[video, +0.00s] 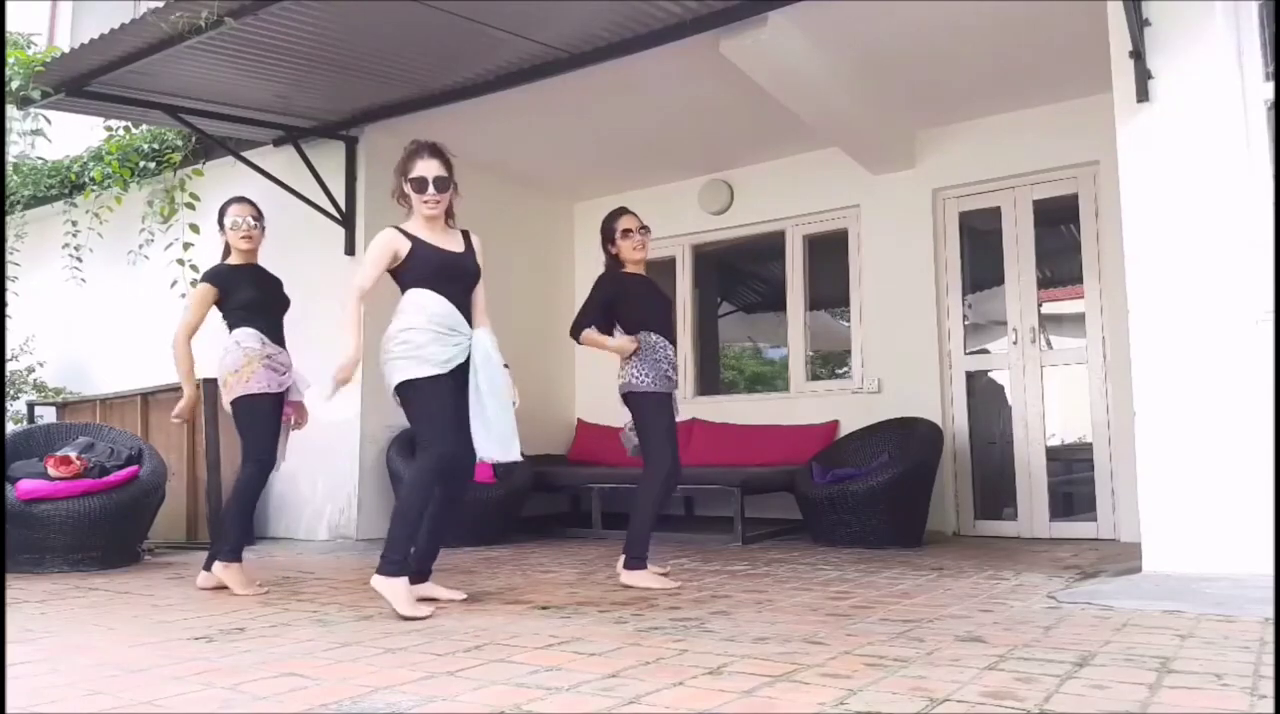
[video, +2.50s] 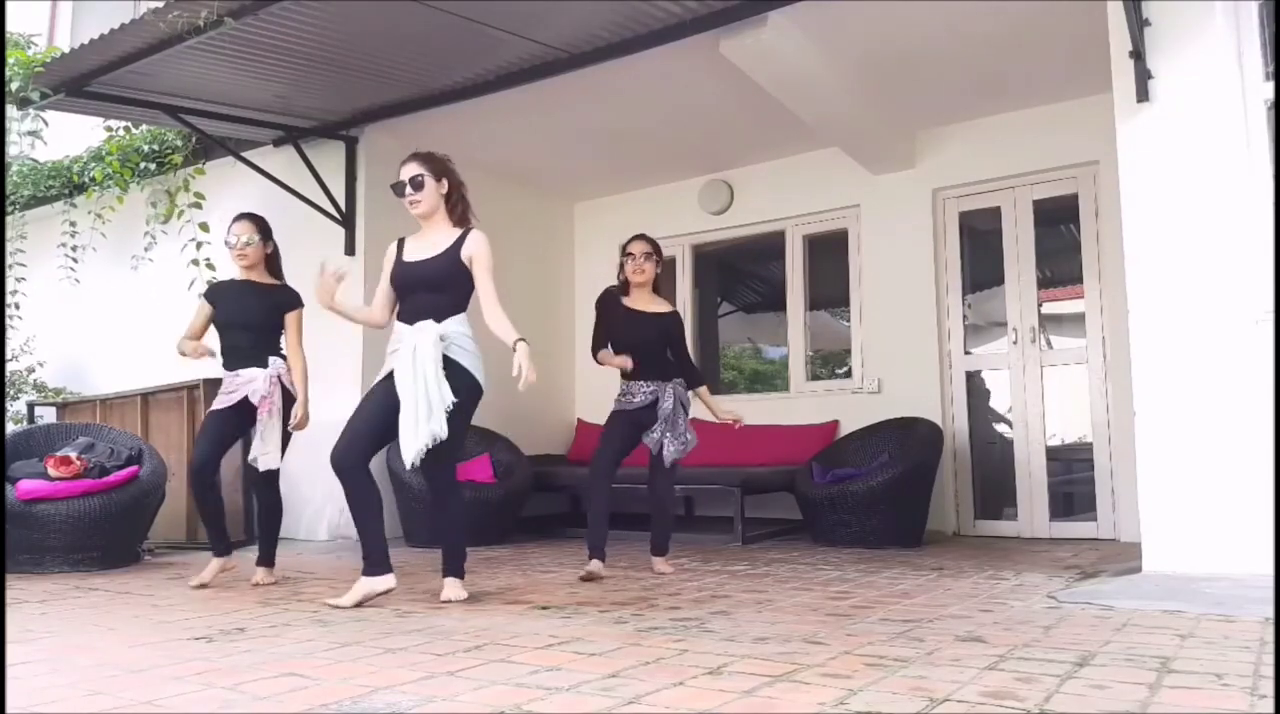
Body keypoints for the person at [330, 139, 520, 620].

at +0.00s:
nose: (432, 190)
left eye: (440, 182)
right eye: (420, 183)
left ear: (452, 187)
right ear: (405, 189)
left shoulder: (468, 242)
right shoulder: (395, 238)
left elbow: (479, 316)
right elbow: (357, 292)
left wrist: (499, 372)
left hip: (460, 360)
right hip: (414, 356)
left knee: (459, 463)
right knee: (437, 453)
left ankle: (420, 575)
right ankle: (391, 572)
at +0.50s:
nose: (423, 197)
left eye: (433, 189)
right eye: (413, 190)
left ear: (446, 197)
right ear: (400, 197)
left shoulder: (463, 253)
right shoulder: (380, 245)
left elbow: (479, 325)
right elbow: (363, 314)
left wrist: (502, 381)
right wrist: (380, 277)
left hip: (460, 368)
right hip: (407, 367)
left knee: (453, 472)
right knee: (396, 454)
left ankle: (428, 575)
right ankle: (417, 576)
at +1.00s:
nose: (418, 188)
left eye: (428, 180)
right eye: (408, 182)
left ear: (444, 185)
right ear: (399, 190)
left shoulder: (468, 244)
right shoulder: (384, 244)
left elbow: (484, 314)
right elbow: (333, 288)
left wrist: (505, 368)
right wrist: (330, 301)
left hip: (453, 362)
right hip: (397, 361)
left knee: (454, 472)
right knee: (383, 453)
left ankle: (423, 576)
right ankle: (360, 576)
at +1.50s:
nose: (416, 196)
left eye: (426, 186)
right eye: (407, 189)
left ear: (449, 188)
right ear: (401, 196)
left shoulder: (474, 247)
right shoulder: (387, 246)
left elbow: (492, 318)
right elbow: (364, 314)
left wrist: (528, 367)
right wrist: (346, 307)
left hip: (463, 365)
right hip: (405, 364)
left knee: (451, 466)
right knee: (376, 456)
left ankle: (438, 576)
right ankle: (384, 579)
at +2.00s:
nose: (423, 202)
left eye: (433, 193)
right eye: (414, 195)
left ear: (452, 197)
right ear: (406, 203)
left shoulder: (477, 250)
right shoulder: (392, 255)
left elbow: (494, 318)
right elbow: (351, 307)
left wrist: (519, 363)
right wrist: (314, 305)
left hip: (457, 374)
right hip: (405, 372)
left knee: (440, 477)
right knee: (332, 456)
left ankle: (435, 576)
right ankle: (365, 567)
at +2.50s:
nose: (408, 193)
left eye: (417, 183)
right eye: (401, 187)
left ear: (443, 185)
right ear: (399, 196)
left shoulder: (470, 240)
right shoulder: (398, 249)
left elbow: (490, 307)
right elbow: (379, 316)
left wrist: (518, 343)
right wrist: (333, 303)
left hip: (454, 364)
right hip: (405, 366)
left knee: (437, 465)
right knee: (346, 457)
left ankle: (453, 575)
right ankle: (376, 570)